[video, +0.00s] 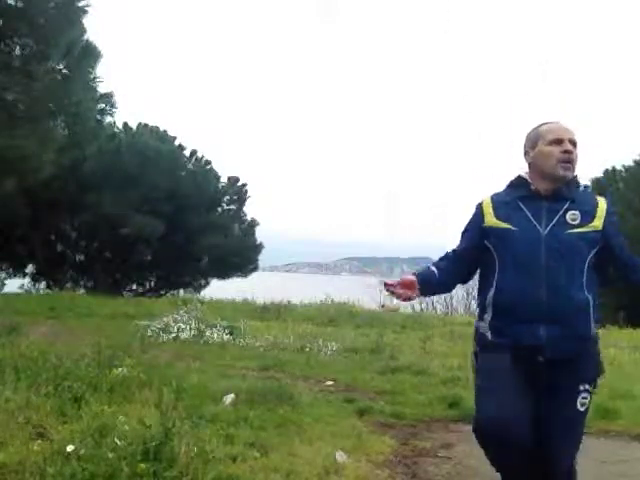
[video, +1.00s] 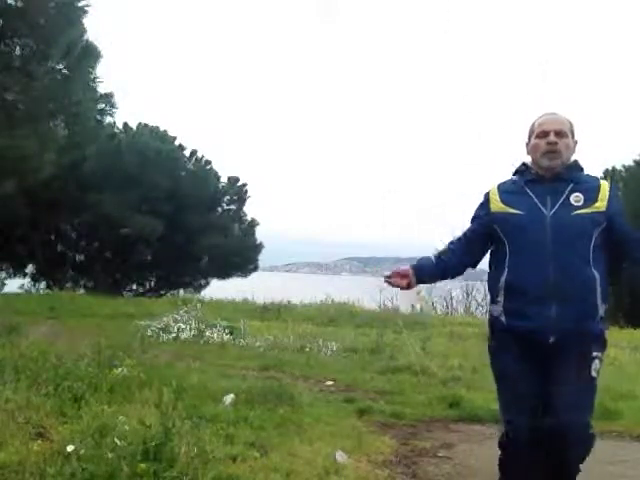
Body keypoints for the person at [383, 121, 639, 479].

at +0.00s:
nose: (568, 150)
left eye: (573, 144)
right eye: (556, 143)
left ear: (578, 155)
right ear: (530, 155)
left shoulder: (596, 211)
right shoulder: (493, 209)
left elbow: (626, 267)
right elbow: (460, 263)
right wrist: (421, 282)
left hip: (571, 352)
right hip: (503, 350)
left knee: (557, 455)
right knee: (498, 428)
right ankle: (524, 474)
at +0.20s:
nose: (560, 120)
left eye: (564, 115)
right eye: (548, 114)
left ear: (571, 127)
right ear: (523, 127)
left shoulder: (592, 179)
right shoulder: (491, 179)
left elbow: (631, 239)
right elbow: (451, 237)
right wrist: (406, 271)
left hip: (570, 327)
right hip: (504, 325)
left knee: (559, 441)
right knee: (510, 432)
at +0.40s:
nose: (550, 150)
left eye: (556, 144)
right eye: (539, 143)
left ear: (563, 155)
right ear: (516, 156)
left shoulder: (587, 208)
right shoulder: (484, 211)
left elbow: (616, 269)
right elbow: (454, 265)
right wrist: (415, 290)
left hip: (569, 353)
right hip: (502, 353)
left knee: (571, 442)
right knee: (507, 458)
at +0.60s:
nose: (559, 133)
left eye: (568, 127)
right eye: (550, 127)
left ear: (579, 138)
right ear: (532, 138)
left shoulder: (599, 191)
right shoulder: (498, 188)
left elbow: (630, 252)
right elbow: (457, 242)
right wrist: (409, 271)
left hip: (574, 334)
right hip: (509, 332)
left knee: (564, 441)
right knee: (511, 436)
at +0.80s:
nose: (559, 141)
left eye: (568, 135)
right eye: (550, 135)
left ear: (581, 147)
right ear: (536, 147)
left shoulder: (605, 202)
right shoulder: (503, 201)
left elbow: (630, 265)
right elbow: (473, 262)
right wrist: (433, 294)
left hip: (577, 351)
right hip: (511, 347)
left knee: (567, 455)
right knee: (510, 436)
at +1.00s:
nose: (551, 141)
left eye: (560, 135)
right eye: (542, 135)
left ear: (574, 145)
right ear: (529, 146)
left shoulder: (602, 195)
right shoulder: (500, 198)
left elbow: (632, 252)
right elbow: (463, 252)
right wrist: (417, 272)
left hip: (578, 336)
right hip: (514, 336)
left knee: (571, 433)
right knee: (521, 435)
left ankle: (559, 474)